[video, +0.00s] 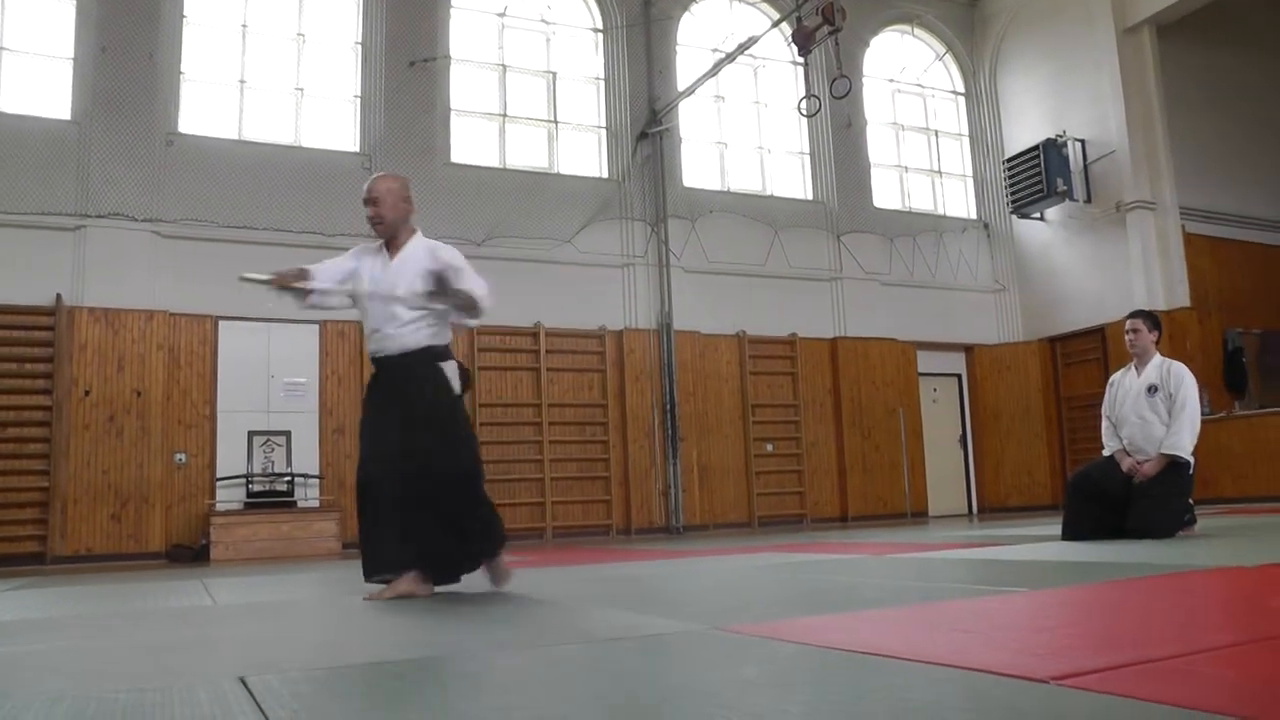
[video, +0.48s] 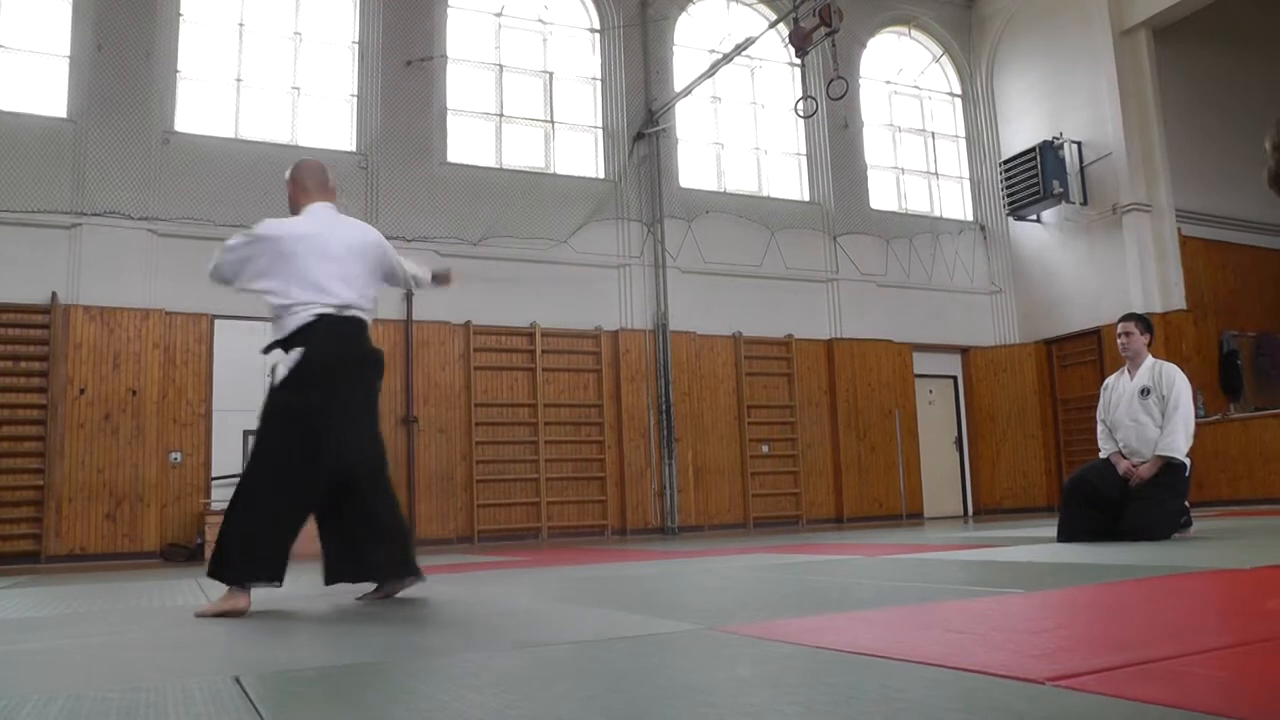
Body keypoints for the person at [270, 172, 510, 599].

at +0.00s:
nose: (369, 211)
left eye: (376, 203)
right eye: (366, 204)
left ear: (406, 205)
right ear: (370, 210)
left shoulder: (436, 254)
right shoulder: (362, 259)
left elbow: (479, 301)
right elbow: (323, 276)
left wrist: (451, 293)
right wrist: (296, 279)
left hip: (431, 376)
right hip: (386, 378)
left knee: (450, 469)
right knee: (382, 473)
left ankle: (488, 546)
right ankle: (412, 573)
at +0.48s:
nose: (290, 198)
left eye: (289, 191)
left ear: (292, 191)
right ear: (335, 192)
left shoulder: (274, 233)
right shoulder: (366, 235)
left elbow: (222, 269)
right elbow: (404, 274)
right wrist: (435, 276)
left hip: (307, 356)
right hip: (359, 354)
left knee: (273, 466)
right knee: (362, 461)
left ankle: (238, 588)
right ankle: (396, 568)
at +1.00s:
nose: (361, 252)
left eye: (357, 246)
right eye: (357, 246)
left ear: (315, 253)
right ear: (343, 247)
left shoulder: (290, 287)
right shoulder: (359, 272)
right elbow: (410, 311)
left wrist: (367, 341)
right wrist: (380, 337)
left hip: (277, 403)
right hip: (328, 401)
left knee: (272, 504)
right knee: (387, 489)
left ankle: (230, 579)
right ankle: (399, 590)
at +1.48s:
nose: (421, 362)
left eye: (423, 356)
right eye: (417, 351)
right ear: (389, 344)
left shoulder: (381, 408)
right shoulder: (366, 361)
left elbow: (383, 462)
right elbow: (345, 361)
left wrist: (422, 481)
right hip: (319, 470)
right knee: (407, 504)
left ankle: (245, 597)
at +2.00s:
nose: (424, 348)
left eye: (425, 342)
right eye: (416, 338)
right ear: (386, 341)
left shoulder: (387, 404)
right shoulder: (370, 364)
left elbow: (384, 458)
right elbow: (324, 370)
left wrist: (416, 480)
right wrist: (304, 379)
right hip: (328, 470)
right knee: (418, 506)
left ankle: (243, 599)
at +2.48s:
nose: (409, 259)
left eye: (409, 250)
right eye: (405, 249)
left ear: (371, 244)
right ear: (383, 244)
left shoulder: (317, 286)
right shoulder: (401, 286)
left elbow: (291, 358)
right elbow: (446, 367)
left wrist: (297, 405)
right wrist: (436, 407)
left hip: (306, 390)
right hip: (362, 389)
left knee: (297, 493)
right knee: (395, 496)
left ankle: (265, 596)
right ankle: (399, 609)